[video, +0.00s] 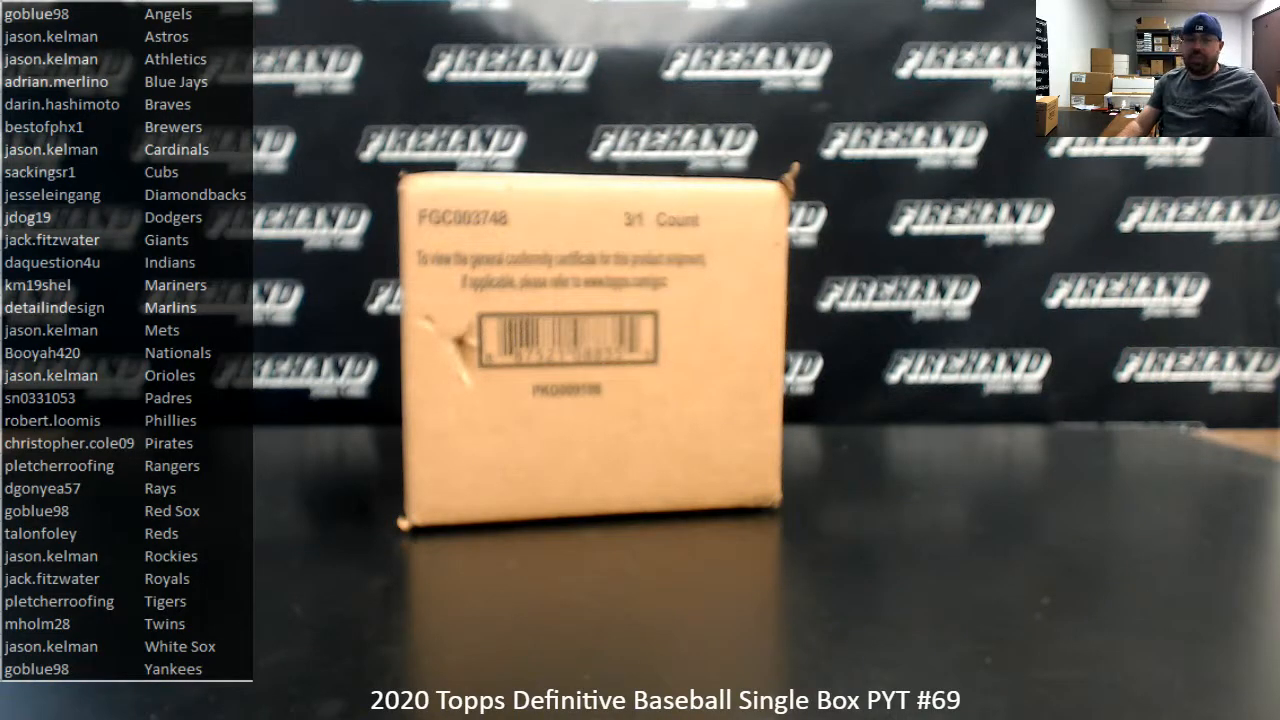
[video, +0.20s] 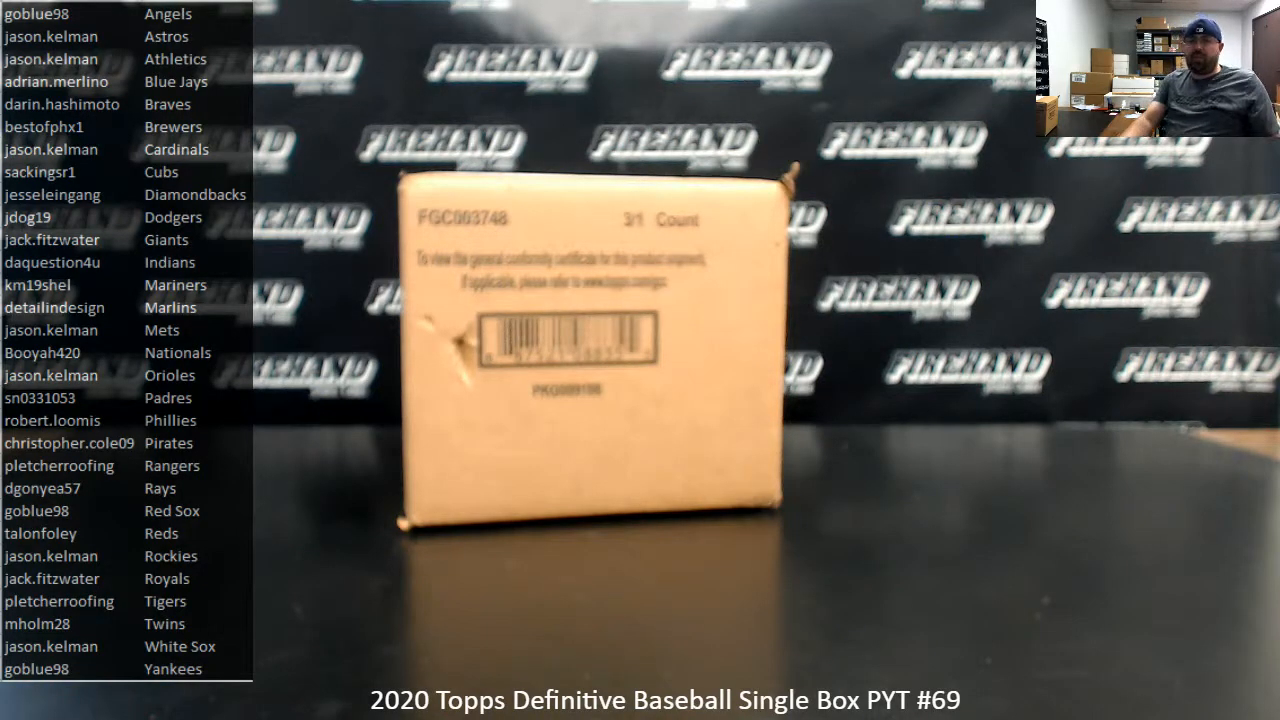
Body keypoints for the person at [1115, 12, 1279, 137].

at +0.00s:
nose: (1197, 47)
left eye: (1206, 40)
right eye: (1190, 40)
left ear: (1220, 46)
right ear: (1181, 45)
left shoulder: (1246, 83)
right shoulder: (1169, 82)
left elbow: (1271, 143)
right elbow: (1139, 125)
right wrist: (1110, 152)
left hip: (1226, 173)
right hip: (1171, 174)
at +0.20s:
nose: (1198, 48)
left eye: (1206, 41)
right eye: (1191, 41)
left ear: (1220, 47)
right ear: (1182, 47)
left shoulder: (1246, 82)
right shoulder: (1172, 81)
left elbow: (1271, 140)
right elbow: (1147, 121)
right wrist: (1118, 147)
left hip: (1228, 170)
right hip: (1173, 171)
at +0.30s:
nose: (1198, 47)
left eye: (1206, 41)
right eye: (1192, 41)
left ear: (1220, 46)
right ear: (1185, 48)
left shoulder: (1248, 81)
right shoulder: (1175, 80)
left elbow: (1273, 136)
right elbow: (1157, 120)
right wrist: (1141, 151)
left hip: (1231, 168)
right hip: (1177, 169)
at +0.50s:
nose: (1200, 46)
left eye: (1208, 40)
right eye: (1193, 41)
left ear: (1223, 46)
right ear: (1186, 47)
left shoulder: (1251, 81)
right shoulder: (1177, 79)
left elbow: (1273, 135)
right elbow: (1161, 122)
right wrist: (1168, 151)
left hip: (1235, 166)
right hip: (1183, 166)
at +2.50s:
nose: (1196, 55)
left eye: (1201, 50)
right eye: (1191, 52)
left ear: (1214, 54)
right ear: (1187, 57)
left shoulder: (1238, 80)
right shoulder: (1181, 86)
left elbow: (1260, 123)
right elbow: (1171, 122)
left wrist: (1237, 150)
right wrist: (1168, 150)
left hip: (1226, 154)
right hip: (1186, 154)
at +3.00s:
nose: (1197, 57)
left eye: (1203, 51)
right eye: (1194, 52)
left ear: (1221, 52)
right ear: (1191, 54)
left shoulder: (1248, 82)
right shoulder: (1190, 83)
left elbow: (1267, 134)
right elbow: (1176, 120)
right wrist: (1167, 149)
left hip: (1229, 162)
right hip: (1187, 160)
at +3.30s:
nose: (1174, 61)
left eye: (1180, 54)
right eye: (1175, 55)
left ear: (1203, 53)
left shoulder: (1237, 89)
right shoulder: (1185, 85)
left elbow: (1262, 141)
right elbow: (1173, 122)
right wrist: (1163, 152)